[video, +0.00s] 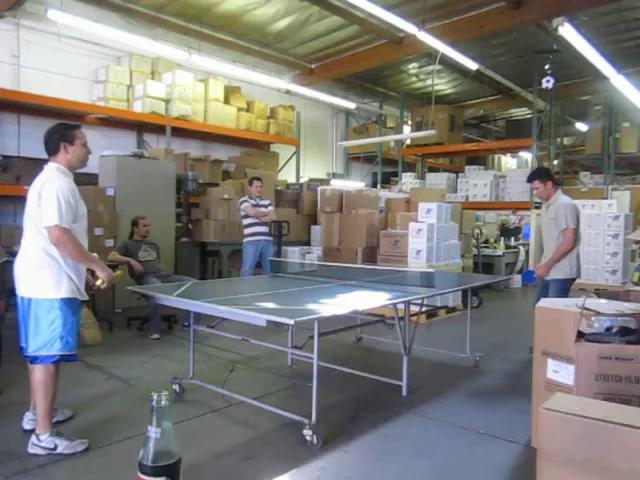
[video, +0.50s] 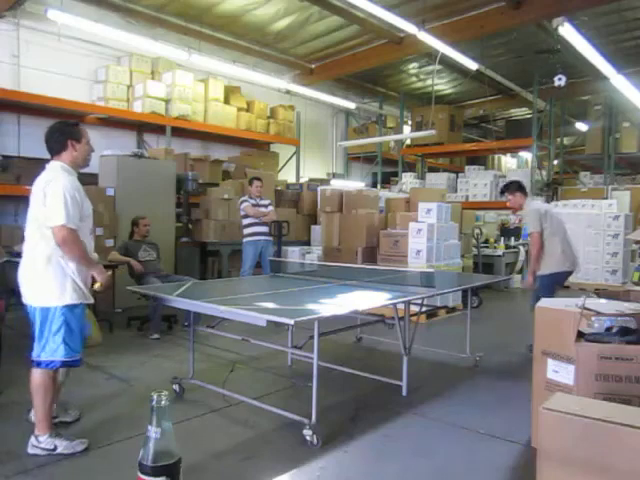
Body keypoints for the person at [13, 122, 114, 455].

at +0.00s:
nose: (88, 151)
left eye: (86, 145)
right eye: (83, 145)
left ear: (62, 147)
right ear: (64, 147)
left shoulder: (52, 178)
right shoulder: (55, 181)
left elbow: (58, 236)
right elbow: (58, 235)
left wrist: (90, 264)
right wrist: (97, 265)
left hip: (42, 284)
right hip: (49, 287)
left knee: (40, 353)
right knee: (48, 358)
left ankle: (38, 411)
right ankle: (43, 435)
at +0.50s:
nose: (90, 148)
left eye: (88, 143)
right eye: (86, 143)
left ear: (64, 146)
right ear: (71, 145)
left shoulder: (55, 177)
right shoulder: (60, 180)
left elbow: (64, 234)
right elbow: (64, 235)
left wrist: (95, 262)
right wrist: (95, 268)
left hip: (51, 286)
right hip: (53, 288)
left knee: (54, 353)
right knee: (49, 360)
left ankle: (44, 408)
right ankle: (43, 436)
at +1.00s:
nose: (121, 152)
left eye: (119, 146)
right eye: (117, 146)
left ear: (93, 150)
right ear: (104, 149)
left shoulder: (78, 178)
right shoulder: (95, 179)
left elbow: (90, 234)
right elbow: (105, 233)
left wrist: (118, 256)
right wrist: (124, 258)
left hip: (74, 287)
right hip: (83, 289)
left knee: (92, 357)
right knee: (83, 360)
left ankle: (84, 422)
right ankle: (48, 428)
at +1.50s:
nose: (142, 156)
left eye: (141, 150)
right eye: (139, 149)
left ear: (106, 154)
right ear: (126, 152)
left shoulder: (81, 184)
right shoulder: (124, 186)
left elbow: (88, 238)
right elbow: (140, 244)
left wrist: (131, 266)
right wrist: (152, 272)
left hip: (68, 292)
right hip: (102, 296)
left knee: (93, 359)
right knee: (116, 370)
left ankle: (81, 422)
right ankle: (100, 460)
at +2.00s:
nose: (105, 175)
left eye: (102, 170)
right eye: (100, 170)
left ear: (80, 175)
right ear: (85, 174)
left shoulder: (66, 200)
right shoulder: (81, 206)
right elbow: (81, 257)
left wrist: (107, 259)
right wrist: (108, 275)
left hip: (46, 287)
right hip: (65, 293)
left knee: (57, 345)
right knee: (83, 360)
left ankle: (30, 394)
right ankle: (91, 445)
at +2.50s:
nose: (92, 171)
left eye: (91, 165)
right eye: (87, 165)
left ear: (67, 168)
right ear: (72, 167)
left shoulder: (51, 191)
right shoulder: (64, 193)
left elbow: (47, 248)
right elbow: (63, 242)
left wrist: (70, 286)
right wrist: (87, 259)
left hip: (23, 279)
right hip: (36, 282)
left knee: (39, 344)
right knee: (43, 351)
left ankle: (30, 395)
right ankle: (32, 431)